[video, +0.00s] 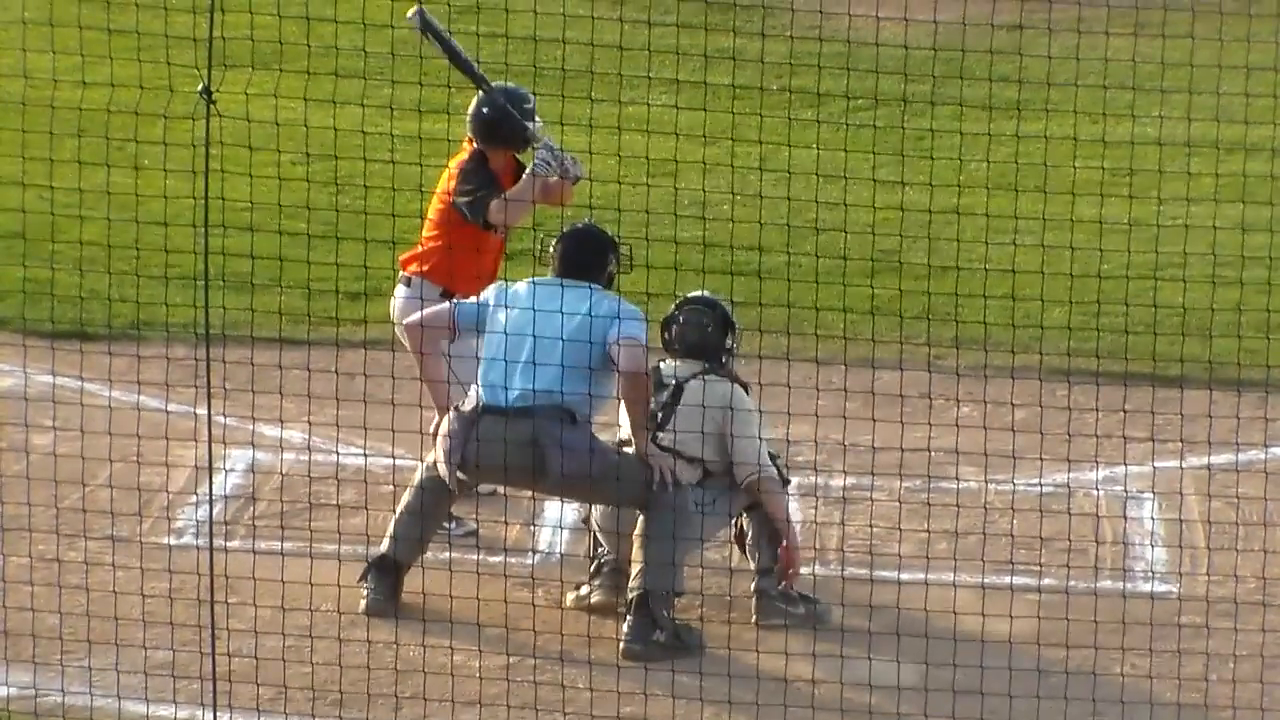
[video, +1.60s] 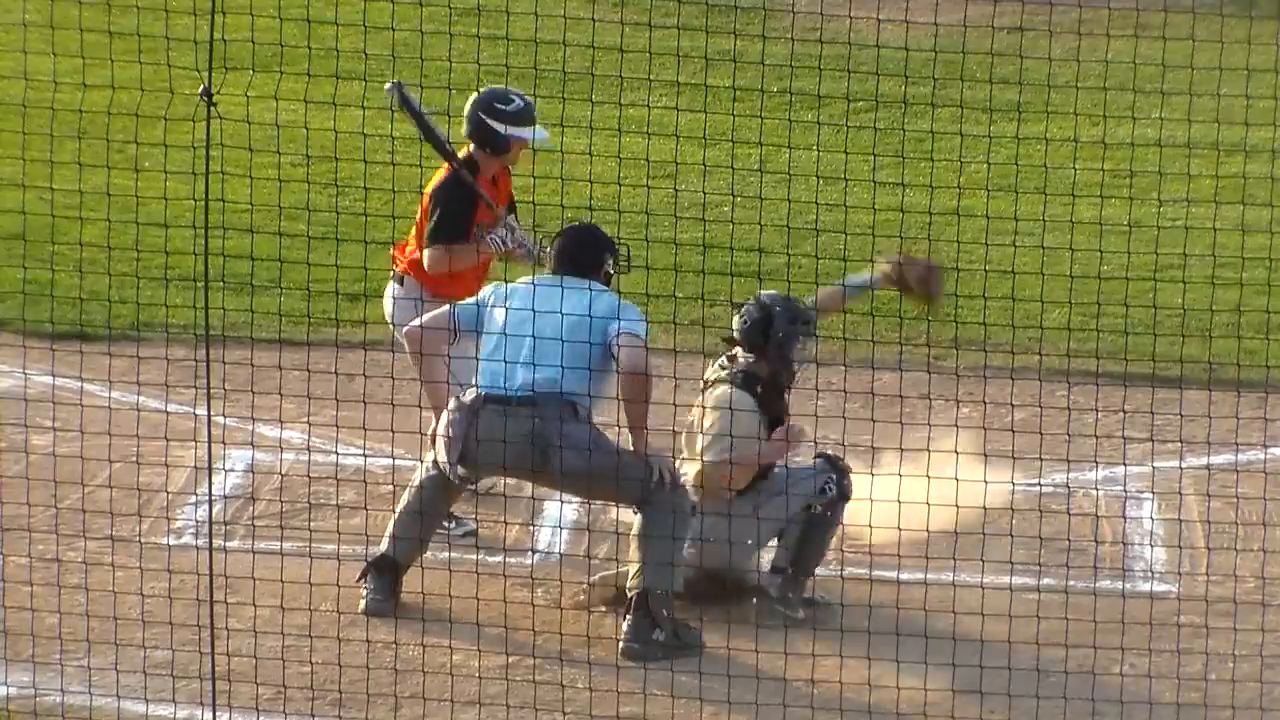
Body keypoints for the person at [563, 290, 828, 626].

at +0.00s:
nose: (731, 344)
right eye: (727, 337)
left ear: (669, 339)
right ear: (721, 343)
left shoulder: (642, 381)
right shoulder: (729, 394)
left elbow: (617, 446)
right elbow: (754, 471)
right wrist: (788, 536)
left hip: (627, 506)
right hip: (686, 512)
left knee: (615, 464)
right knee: (769, 470)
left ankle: (605, 576)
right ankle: (774, 592)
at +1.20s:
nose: (745, 357)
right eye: (743, 349)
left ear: (688, 346)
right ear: (736, 354)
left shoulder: (665, 384)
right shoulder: (725, 398)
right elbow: (728, 495)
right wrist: (776, 545)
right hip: (686, 510)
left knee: (618, 469)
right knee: (768, 474)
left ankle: (607, 574)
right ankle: (775, 592)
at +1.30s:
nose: (772, 364)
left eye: (772, 354)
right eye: (768, 354)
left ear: (718, 350)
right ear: (751, 359)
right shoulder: (723, 397)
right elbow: (710, 495)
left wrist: (829, 497)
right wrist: (763, 514)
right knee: (767, 470)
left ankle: (612, 568)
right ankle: (773, 593)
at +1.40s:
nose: (786, 366)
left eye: (786, 357)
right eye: (781, 356)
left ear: (744, 349)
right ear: (756, 354)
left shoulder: (743, 382)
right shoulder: (718, 389)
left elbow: (824, 417)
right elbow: (682, 465)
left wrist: (893, 457)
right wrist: (751, 479)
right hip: (670, 515)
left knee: (716, 585)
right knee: (783, 459)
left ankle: (622, 577)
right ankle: (778, 594)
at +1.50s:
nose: (794, 358)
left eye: (795, 348)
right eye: (787, 348)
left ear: (749, 342)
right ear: (760, 350)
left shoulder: (745, 368)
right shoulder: (720, 393)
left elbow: (825, 358)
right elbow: (686, 464)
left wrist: (907, 363)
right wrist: (748, 454)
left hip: (681, 507)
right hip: (689, 519)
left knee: (731, 582)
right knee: (811, 472)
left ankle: (649, 576)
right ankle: (789, 593)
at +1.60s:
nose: (798, 353)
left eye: (798, 342)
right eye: (792, 343)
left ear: (753, 338)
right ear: (771, 345)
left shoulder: (738, 366)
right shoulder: (734, 400)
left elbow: (811, 308)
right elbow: (715, 480)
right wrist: (771, 453)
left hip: (703, 512)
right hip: (711, 527)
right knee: (831, 480)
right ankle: (785, 588)